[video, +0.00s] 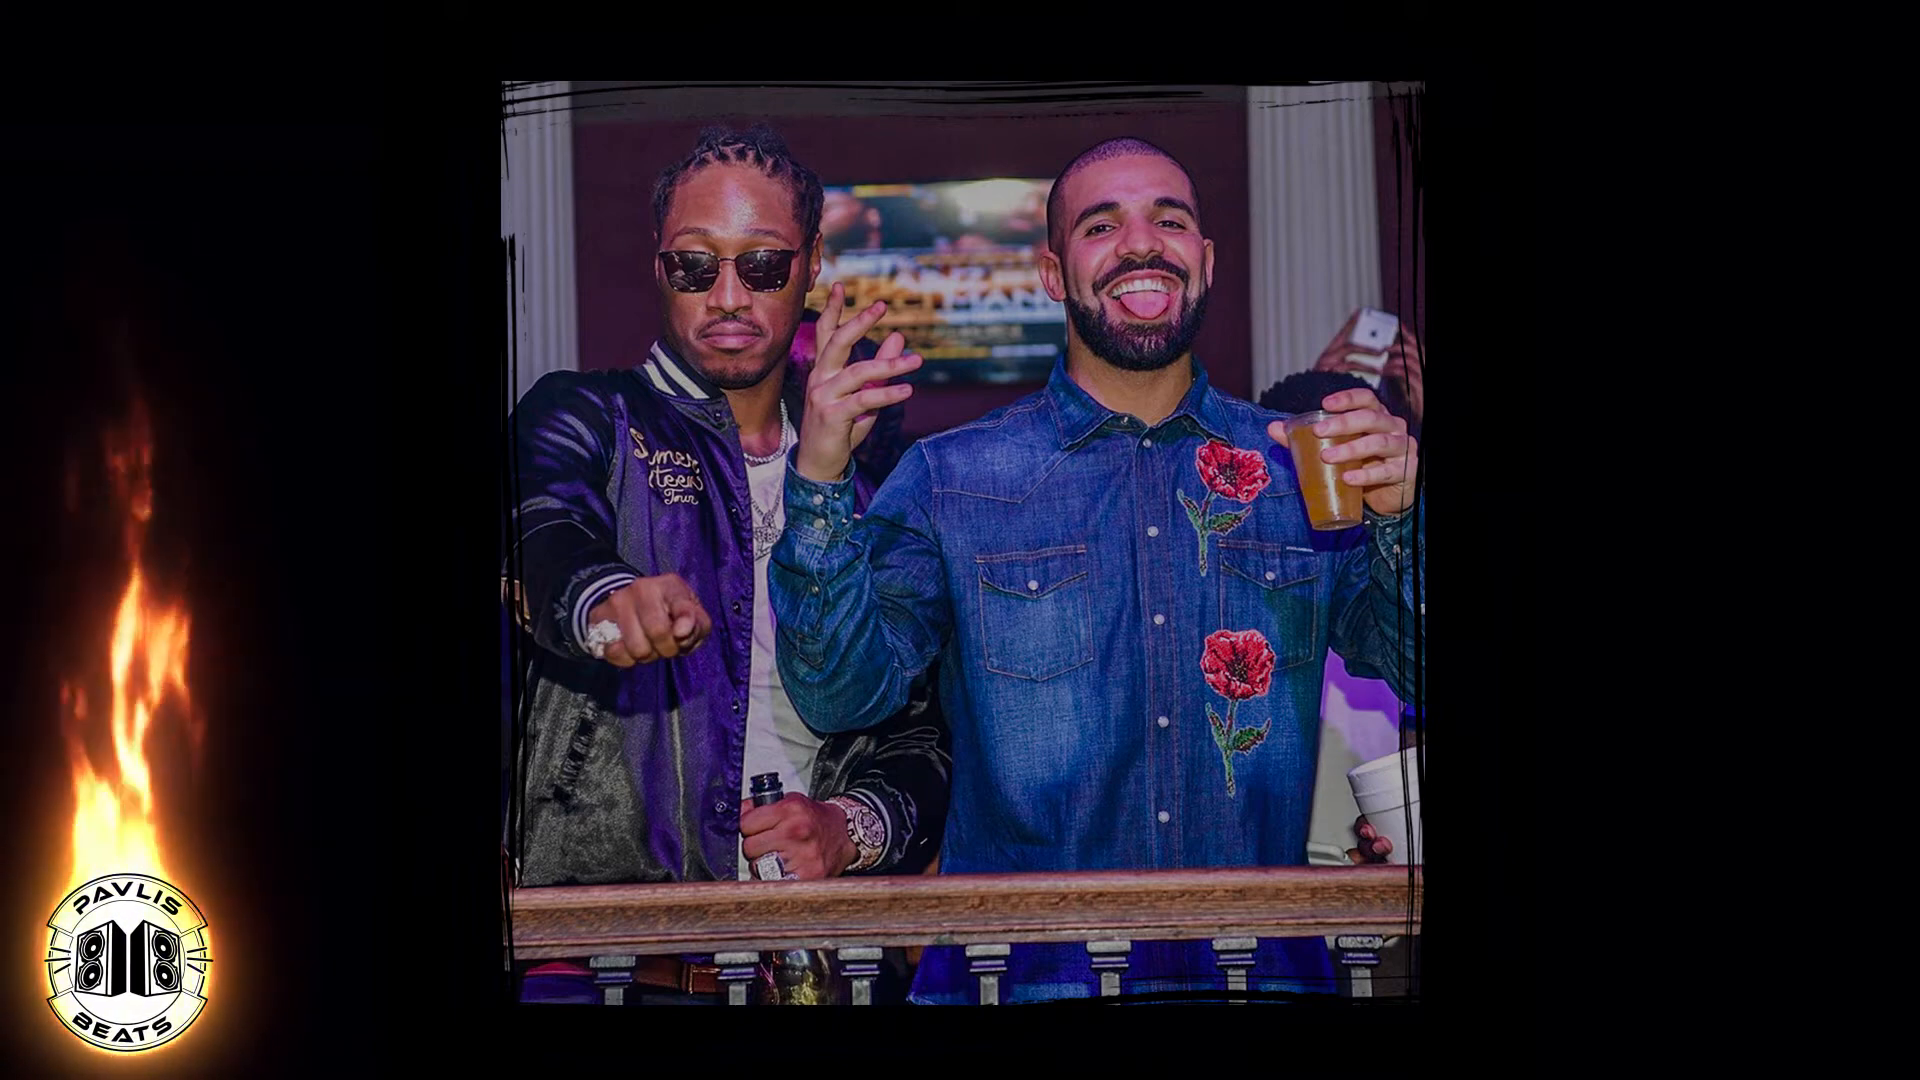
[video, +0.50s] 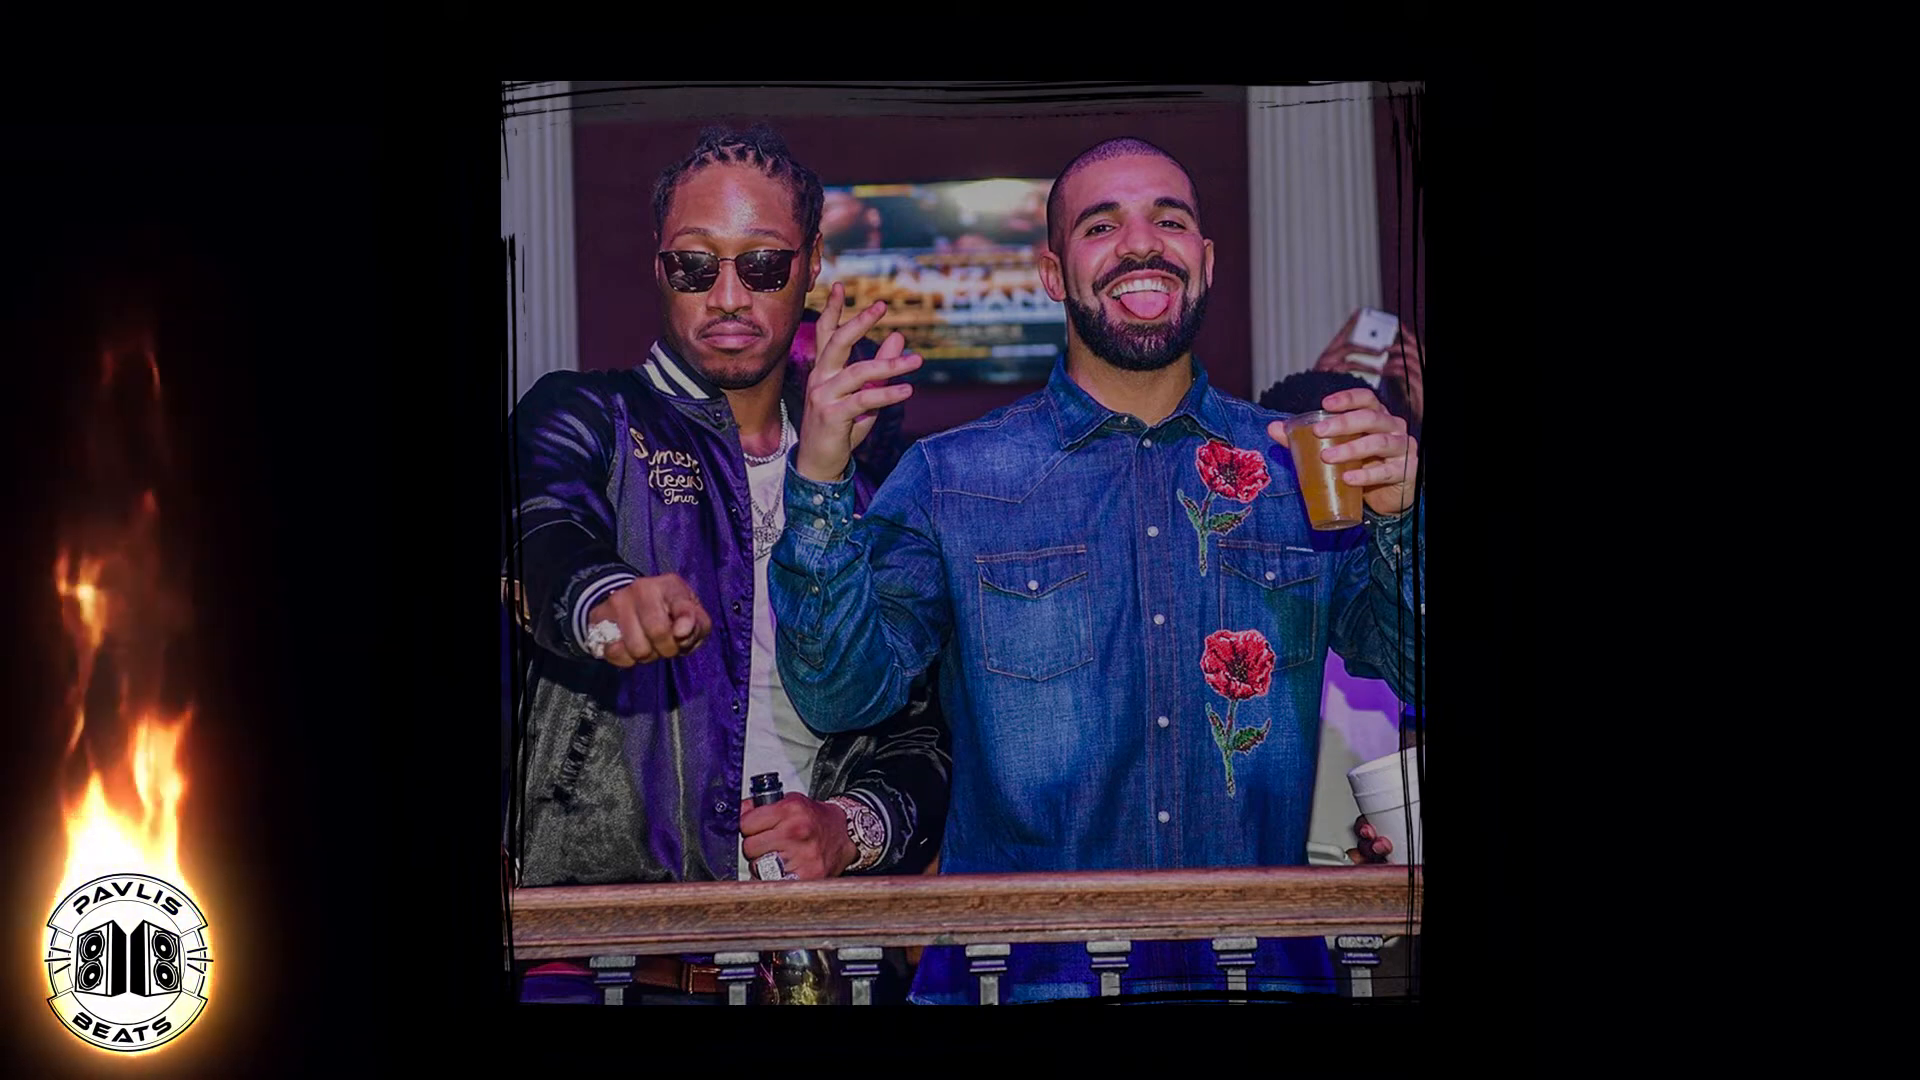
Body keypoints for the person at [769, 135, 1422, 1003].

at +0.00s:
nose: (1141, 243)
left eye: (1169, 219)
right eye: (1101, 225)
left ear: (1207, 258)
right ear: (1055, 272)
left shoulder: (1304, 470)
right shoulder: (945, 479)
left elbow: (1412, 673)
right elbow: (840, 693)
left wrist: (1402, 516)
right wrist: (818, 475)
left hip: (1254, 955)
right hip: (1021, 963)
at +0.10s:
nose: (1141, 243)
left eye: (1169, 219)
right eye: (1101, 225)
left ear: (1207, 258)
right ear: (1055, 272)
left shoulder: (1304, 470)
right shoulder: (945, 479)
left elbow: (1412, 673)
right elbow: (840, 693)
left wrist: (1402, 516)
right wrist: (818, 475)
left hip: (1254, 955)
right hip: (1021, 963)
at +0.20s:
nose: (1141, 243)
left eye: (1169, 219)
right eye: (1101, 225)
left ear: (1207, 258)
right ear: (1055, 272)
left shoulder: (1304, 470)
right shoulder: (945, 479)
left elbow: (1412, 673)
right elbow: (840, 693)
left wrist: (1402, 516)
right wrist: (818, 475)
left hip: (1255, 955)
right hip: (1021, 963)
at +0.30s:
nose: (1141, 243)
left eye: (1169, 219)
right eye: (1102, 225)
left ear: (1207, 258)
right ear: (1055, 272)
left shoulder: (1304, 469)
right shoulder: (945, 479)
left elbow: (1413, 674)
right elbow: (840, 692)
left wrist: (1402, 516)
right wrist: (818, 473)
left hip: (1255, 954)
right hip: (1021, 964)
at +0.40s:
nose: (1141, 243)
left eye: (1169, 219)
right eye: (1102, 225)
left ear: (1207, 258)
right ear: (1055, 272)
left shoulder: (1304, 469)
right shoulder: (945, 479)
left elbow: (1413, 674)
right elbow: (840, 692)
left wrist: (1402, 516)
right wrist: (818, 473)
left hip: (1255, 954)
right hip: (1021, 964)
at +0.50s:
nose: (1141, 243)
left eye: (1169, 219)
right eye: (1101, 225)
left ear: (1207, 258)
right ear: (1055, 272)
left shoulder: (1304, 469)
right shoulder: (945, 479)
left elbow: (1412, 673)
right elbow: (840, 693)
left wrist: (1402, 516)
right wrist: (818, 475)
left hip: (1255, 955)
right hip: (1021, 963)